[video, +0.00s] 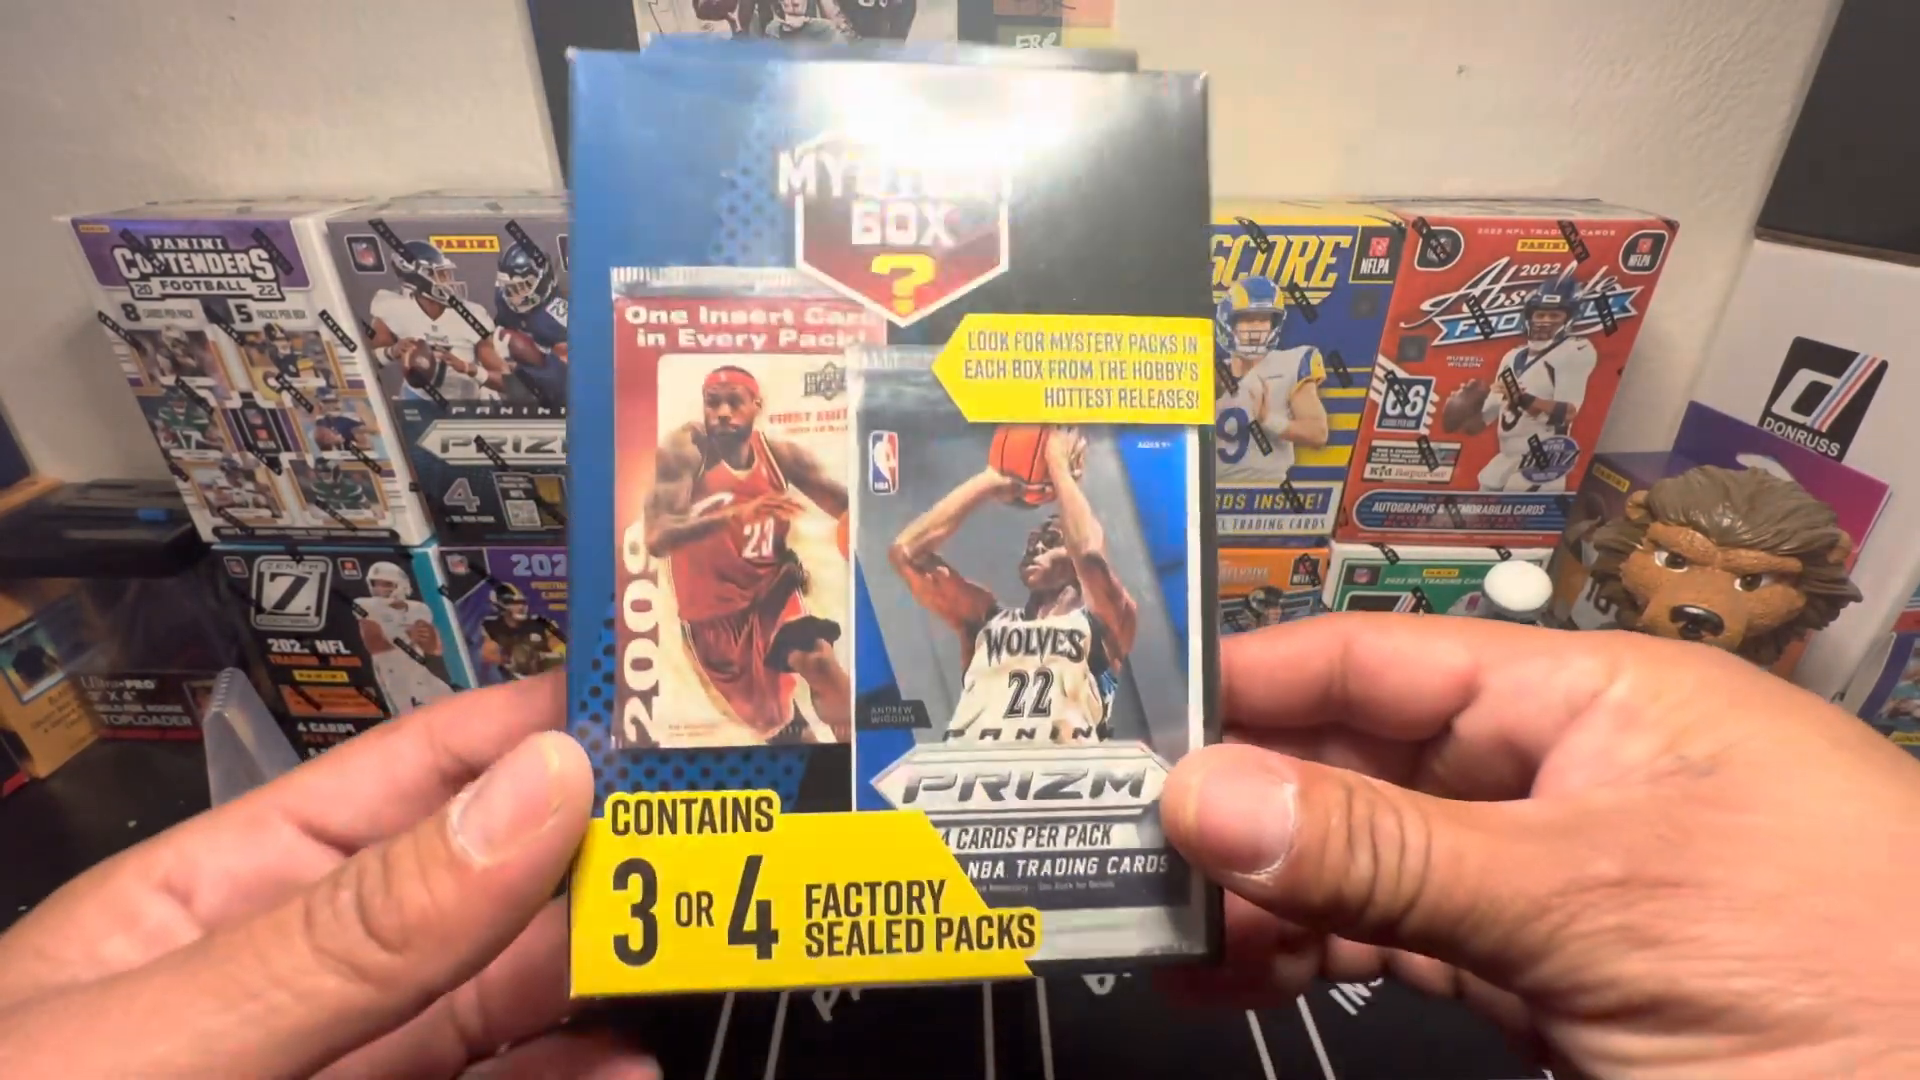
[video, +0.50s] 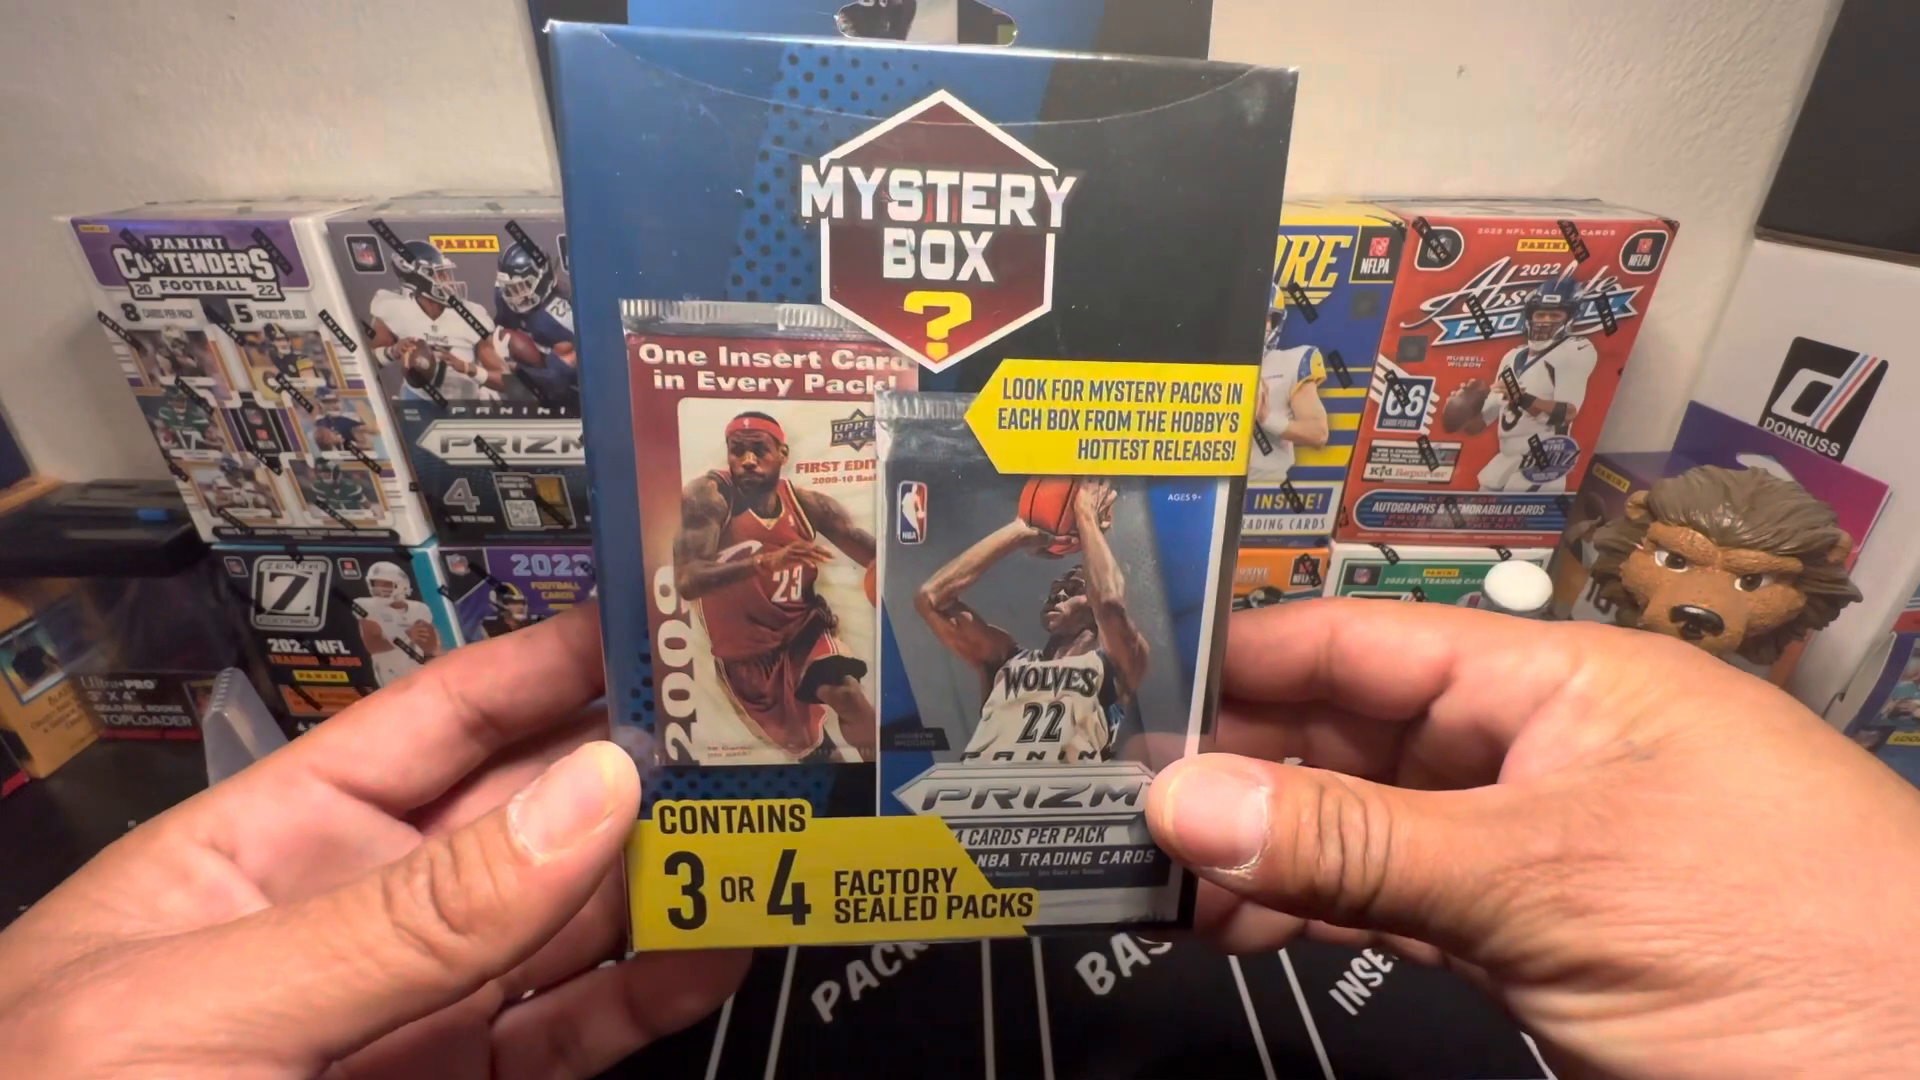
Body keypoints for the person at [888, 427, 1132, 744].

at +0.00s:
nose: (1034, 549)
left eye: (1051, 541)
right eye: (1031, 543)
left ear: (1079, 557)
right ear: (1022, 558)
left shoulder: (1103, 626)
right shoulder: (984, 620)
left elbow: (1089, 555)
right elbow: (907, 553)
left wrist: (1059, 465)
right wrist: (987, 482)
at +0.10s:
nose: (1040, 575)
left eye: (1057, 566)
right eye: (1039, 568)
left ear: (1085, 582)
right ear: (1029, 582)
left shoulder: (1104, 651)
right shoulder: (988, 643)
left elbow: (1095, 580)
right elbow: (912, 576)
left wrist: (1069, 486)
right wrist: (999, 504)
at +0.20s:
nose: (1050, 590)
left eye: (1067, 584)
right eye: (1049, 584)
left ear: (1093, 601)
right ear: (1039, 597)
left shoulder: (1108, 665)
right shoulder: (996, 656)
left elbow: (1104, 599)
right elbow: (923, 591)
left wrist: (1080, 507)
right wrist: (1010, 522)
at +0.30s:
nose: (1053, 591)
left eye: (1070, 586)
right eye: (1052, 585)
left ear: (1096, 600)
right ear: (1043, 597)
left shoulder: (1110, 665)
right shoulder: (1000, 657)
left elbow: (1106, 600)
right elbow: (928, 594)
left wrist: (1083, 509)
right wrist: (1014, 526)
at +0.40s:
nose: (1054, 592)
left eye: (1071, 586)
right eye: (1053, 586)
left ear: (1096, 601)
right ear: (1044, 598)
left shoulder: (1112, 665)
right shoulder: (1002, 658)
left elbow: (1107, 601)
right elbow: (929, 596)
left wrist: (1085, 514)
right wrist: (1017, 527)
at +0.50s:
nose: (1056, 593)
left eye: (1073, 588)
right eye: (1055, 588)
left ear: (1099, 602)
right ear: (1046, 599)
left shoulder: (1115, 665)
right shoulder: (1004, 660)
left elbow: (1110, 602)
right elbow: (932, 599)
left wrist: (1086, 515)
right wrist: (1019, 529)